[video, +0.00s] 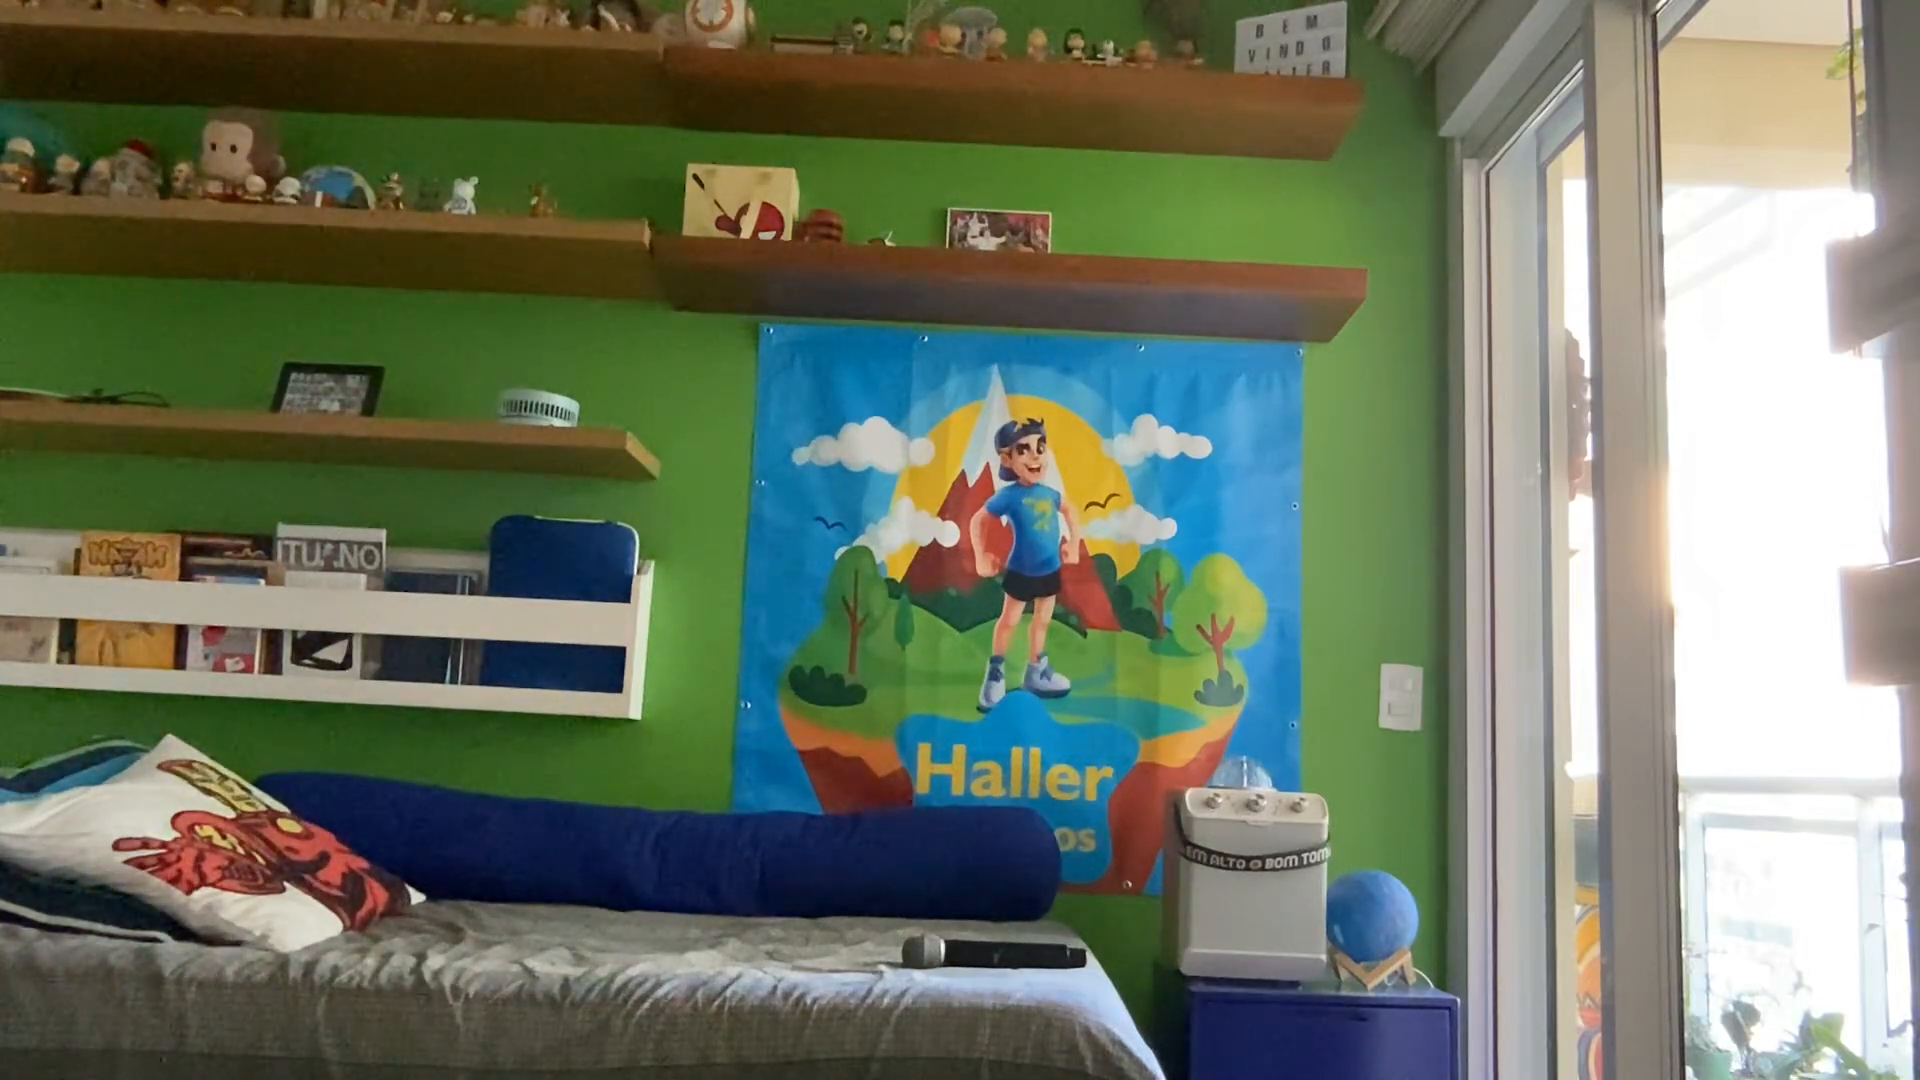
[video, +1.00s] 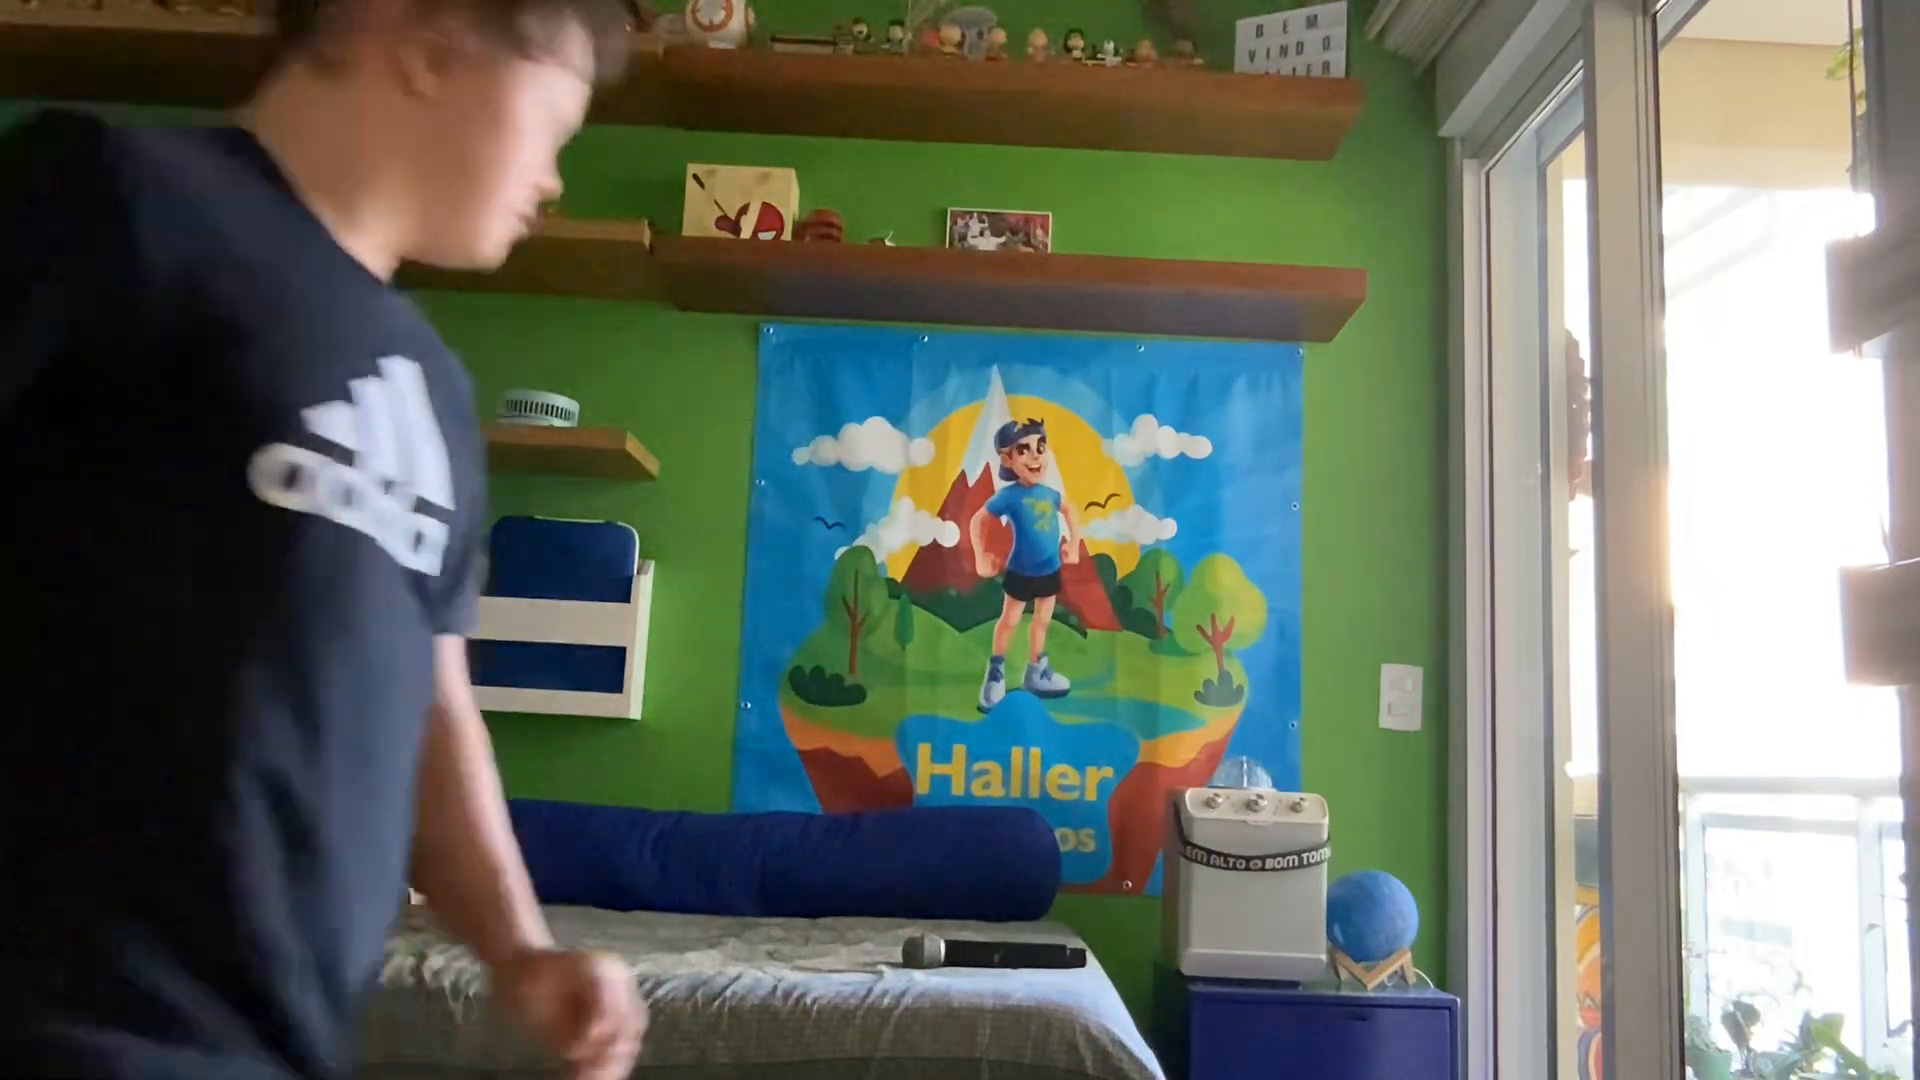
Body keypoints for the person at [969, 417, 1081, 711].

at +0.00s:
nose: (1034, 458)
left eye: (1039, 449)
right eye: (1024, 450)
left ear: (1047, 454)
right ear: (1008, 459)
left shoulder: (1050, 494)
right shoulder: (1008, 496)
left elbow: (1070, 513)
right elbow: (977, 520)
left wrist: (1074, 542)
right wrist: (980, 555)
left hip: (1049, 571)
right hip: (1020, 572)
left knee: (1043, 619)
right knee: (1010, 619)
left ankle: (1036, 670)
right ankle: (996, 672)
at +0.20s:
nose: (1034, 458)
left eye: (1039, 449)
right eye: (1024, 450)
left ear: (1046, 454)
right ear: (1007, 459)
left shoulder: (1050, 494)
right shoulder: (1007, 496)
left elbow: (1070, 512)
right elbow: (977, 520)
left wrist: (1074, 542)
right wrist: (980, 555)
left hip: (1049, 570)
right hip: (1020, 572)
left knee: (1043, 619)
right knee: (1010, 620)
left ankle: (1036, 670)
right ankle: (996, 671)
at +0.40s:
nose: (1034, 457)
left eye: (1040, 449)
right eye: (1024, 450)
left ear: (1047, 454)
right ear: (1008, 459)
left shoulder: (1050, 494)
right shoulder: (1008, 496)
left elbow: (1070, 513)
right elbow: (977, 520)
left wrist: (1074, 543)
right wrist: (980, 556)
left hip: (1049, 570)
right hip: (1020, 572)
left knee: (1043, 619)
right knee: (1010, 620)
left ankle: (1036, 670)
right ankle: (996, 672)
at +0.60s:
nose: (1034, 458)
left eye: (1040, 449)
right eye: (1024, 450)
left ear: (1047, 454)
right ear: (1008, 460)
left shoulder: (1050, 494)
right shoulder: (1008, 496)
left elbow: (1070, 512)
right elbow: (977, 520)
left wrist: (1074, 542)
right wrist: (980, 556)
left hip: (1049, 570)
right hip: (1020, 572)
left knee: (1043, 618)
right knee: (1010, 619)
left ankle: (1036, 670)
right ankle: (995, 671)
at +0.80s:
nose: (1034, 458)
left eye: (1039, 449)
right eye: (1024, 450)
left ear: (1047, 454)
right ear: (1008, 460)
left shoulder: (1050, 494)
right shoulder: (1008, 496)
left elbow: (1070, 512)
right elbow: (977, 520)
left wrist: (1074, 542)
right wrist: (980, 556)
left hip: (1049, 570)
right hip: (1020, 572)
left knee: (1043, 619)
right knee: (1010, 620)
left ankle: (1037, 670)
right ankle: (996, 671)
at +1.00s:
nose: (1034, 458)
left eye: (1039, 449)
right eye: (1024, 450)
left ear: (1047, 454)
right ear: (1008, 460)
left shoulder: (1050, 494)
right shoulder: (1008, 496)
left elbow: (1070, 512)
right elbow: (977, 520)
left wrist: (1074, 542)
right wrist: (980, 556)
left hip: (1049, 571)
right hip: (1020, 572)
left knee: (1043, 618)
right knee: (1010, 619)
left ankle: (1036, 670)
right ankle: (996, 671)